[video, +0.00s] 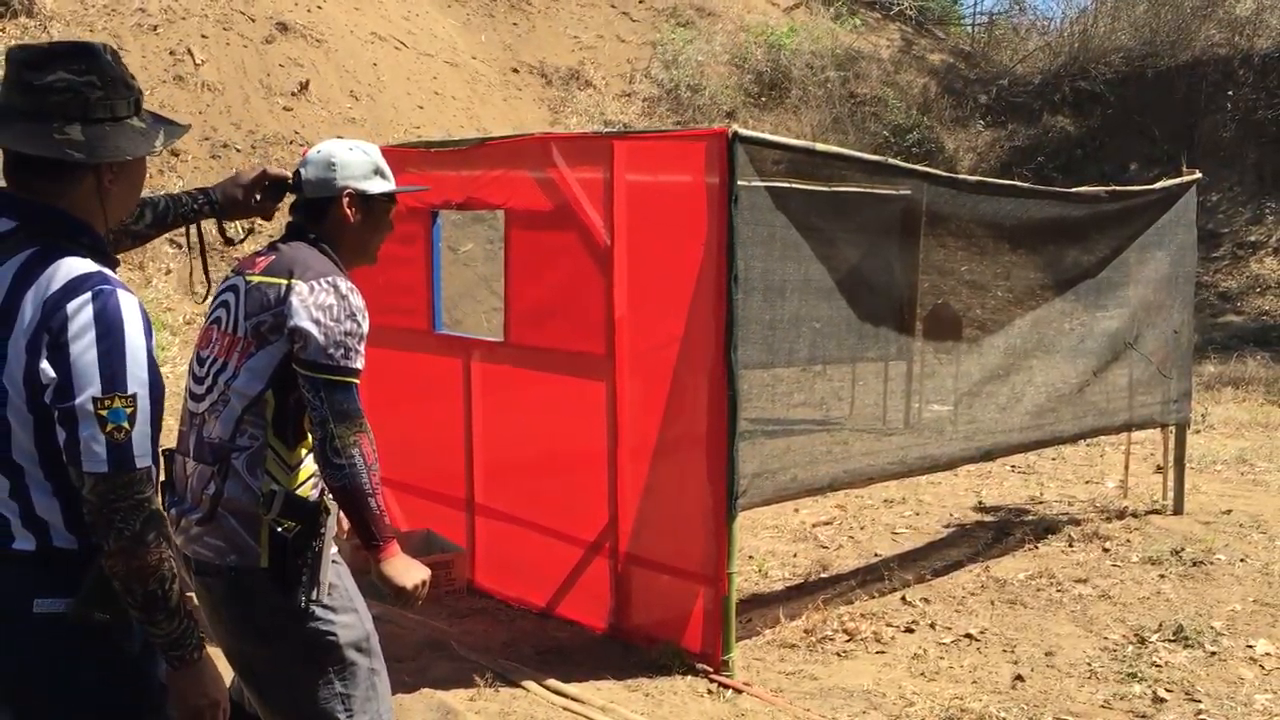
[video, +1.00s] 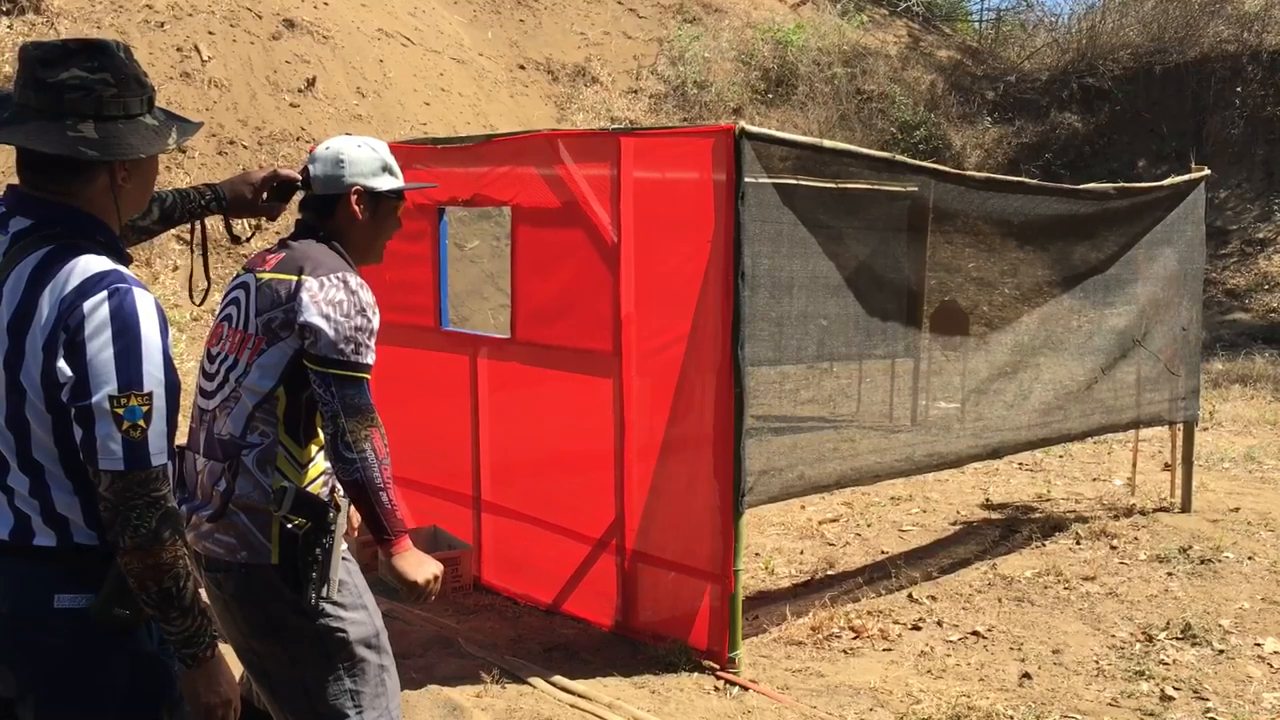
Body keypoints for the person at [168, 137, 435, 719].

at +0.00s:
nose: (394, 224)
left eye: (395, 209)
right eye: (389, 208)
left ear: (325, 203)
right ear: (350, 208)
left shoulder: (254, 268)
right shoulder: (327, 291)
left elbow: (259, 410)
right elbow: (340, 440)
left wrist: (319, 504)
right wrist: (388, 551)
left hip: (213, 532)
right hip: (269, 545)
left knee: (272, 691)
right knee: (354, 699)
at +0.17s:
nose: (397, 223)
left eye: (398, 208)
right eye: (391, 207)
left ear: (329, 203)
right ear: (352, 207)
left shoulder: (260, 266)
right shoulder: (330, 287)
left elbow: (265, 407)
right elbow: (344, 435)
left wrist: (325, 497)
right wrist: (393, 548)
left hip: (217, 533)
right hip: (273, 545)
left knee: (274, 692)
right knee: (357, 696)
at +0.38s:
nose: (400, 222)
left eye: (400, 207)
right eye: (394, 206)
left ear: (332, 203)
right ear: (355, 208)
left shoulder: (261, 268)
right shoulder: (334, 289)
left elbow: (271, 407)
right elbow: (348, 434)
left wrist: (331, 496)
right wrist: (397, 547)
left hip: (220, 537)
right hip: (279, 548)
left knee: (278, 697)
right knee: (361, 700)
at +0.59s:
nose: (401, 223)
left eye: (401, 208)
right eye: (395, 207)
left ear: (335, 203)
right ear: (356, 207)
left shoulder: (265, 267)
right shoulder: (336, 287)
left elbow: (275, 406)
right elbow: (352, 431)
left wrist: (335, 494)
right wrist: (401, 545)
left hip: (222, 532)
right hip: (280, 540)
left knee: (285, 696)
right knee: (363, 696)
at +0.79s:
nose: (400, 222)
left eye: (401, 208)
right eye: (395, 206)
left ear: (335, 201)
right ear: (357, 205)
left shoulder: (263, 267)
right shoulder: (337, 286)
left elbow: (277, 409)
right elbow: (352, 430)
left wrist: (340, 498)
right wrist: (402, 544)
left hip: (221, 531)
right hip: (280, 540)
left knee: (285, 692)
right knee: (364, 697)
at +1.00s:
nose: (401, 222)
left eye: (402, 207)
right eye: (395, 206)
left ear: (333, 201)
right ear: (357, 205)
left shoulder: (264, 266)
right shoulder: (337, 287)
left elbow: (274, 406)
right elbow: (352, 432)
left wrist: (335, 495)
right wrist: (401, 544)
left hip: (222, 531)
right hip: (280, 542)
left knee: (283, 695)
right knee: (363, 699)